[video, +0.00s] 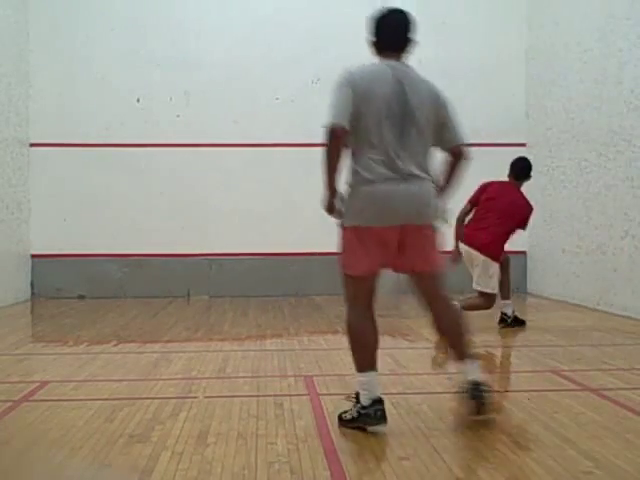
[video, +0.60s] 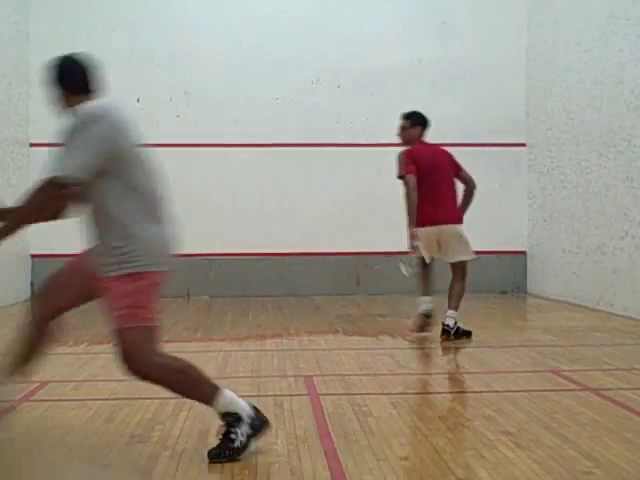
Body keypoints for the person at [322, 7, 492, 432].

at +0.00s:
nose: (389, 44)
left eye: (381, 36)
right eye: (400, 37)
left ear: (374, 41)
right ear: (409, 43)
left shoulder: (355, 79)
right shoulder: (426, 88)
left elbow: (337, 134)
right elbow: (458, 151)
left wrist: (331, 190)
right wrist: (438, 195)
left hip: (367, 205)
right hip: (418, 205)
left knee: (360, 304)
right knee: (436, 295)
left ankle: (370, 401)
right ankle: (472, 378)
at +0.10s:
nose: (338, 31)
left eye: (336, 25)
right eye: (349, 24)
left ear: (335, 30)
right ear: (370, 31)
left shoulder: (327, 64)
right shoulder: (391, 75)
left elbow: (319, 121)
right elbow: (407, 143)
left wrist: (296, 182)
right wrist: (378, 173)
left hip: (346, 195)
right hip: (395, 193)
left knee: (329, 292)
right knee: (385, 286)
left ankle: (350, 390)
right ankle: (420, 383)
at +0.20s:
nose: (291, 44)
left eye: (292, 37)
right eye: (297, 37)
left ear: (297, 39)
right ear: (328, 38)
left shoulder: (304, 72)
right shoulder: (342, 76)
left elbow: (296, 132)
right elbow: (347, 147)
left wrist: (259, 199)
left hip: (324, 210)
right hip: (360, 208)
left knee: (269, 293)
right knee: (362, 302)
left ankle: (298, 398)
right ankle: (405, 401)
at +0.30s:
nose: (253, 59)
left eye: (253, 51)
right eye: (262, 51)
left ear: (254, 54)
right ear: (287, 52)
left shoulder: (266, 89)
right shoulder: (295, 91)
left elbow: (259, 143)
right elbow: (281, 175)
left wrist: (211, 197)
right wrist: (230, 211)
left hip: (282, 231)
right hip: (314, 229)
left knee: (219, 307)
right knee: (334, 313)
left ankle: (257, 418)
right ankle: (398, 394)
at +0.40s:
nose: (193, 64)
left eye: (194, 57)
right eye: (198, 55)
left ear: (200, 57)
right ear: (229, 56)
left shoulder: (216, 92)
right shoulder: (235, 95)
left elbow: (197, 150)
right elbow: (221, 183)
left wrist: (139, 202)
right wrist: (168, 218)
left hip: (235, 232)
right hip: (250, 231)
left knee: (194, 327)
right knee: (228, 322)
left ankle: (256, 425)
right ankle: (314, 363)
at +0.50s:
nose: (130, 81)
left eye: (130, 73)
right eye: (133, 72)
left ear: (134, 73)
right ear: (162, 68)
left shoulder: (167, 108)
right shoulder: (164, 113)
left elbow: (123, 169)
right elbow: (150, 197)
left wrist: (61, 220)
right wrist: (86, 217)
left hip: (195, 244)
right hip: (178, 243)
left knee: (167, 343)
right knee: (121, 295)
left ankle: (254, 423)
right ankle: (177, 369)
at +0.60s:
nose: (57, 97)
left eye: (58, 89)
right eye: (60, 88)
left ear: (65, 88)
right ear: (89, 82)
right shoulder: (94, 121)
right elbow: (70, 198)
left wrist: (9, 222)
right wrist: (19, 214)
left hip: (136, 255)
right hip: (113, 252)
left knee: (141, 358)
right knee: (46, 302)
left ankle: (242, 415)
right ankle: (8, 379)